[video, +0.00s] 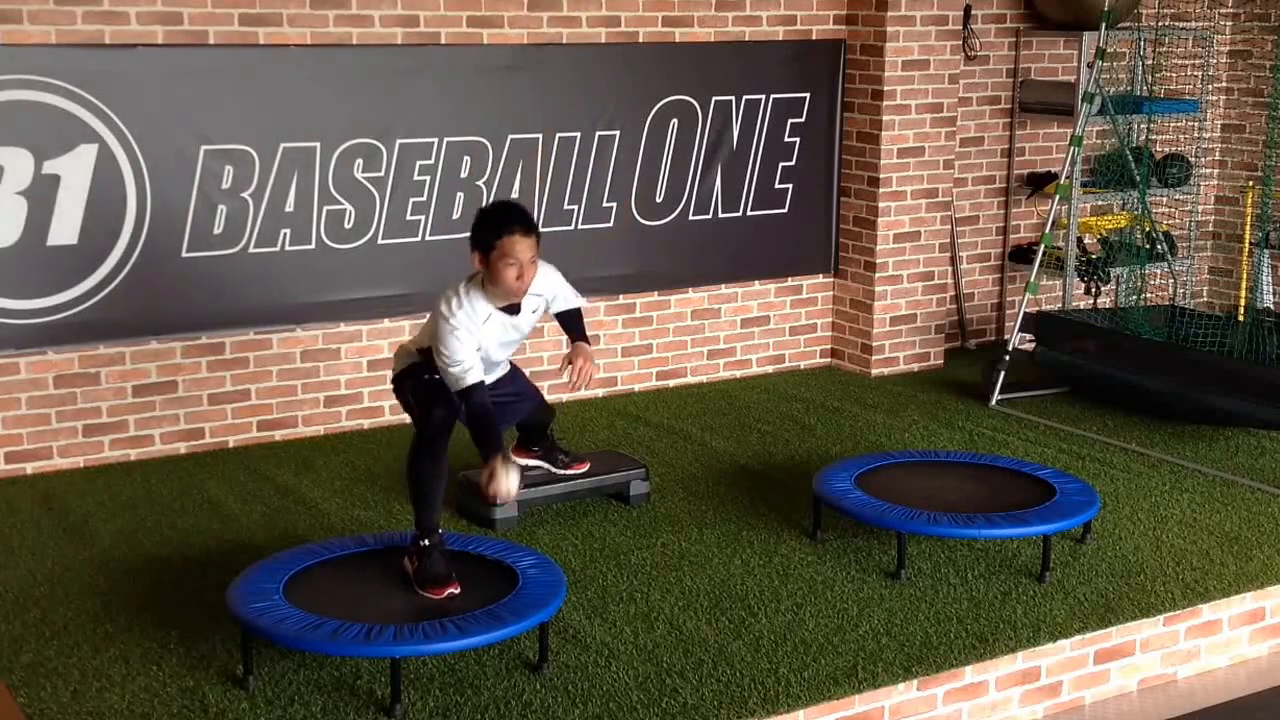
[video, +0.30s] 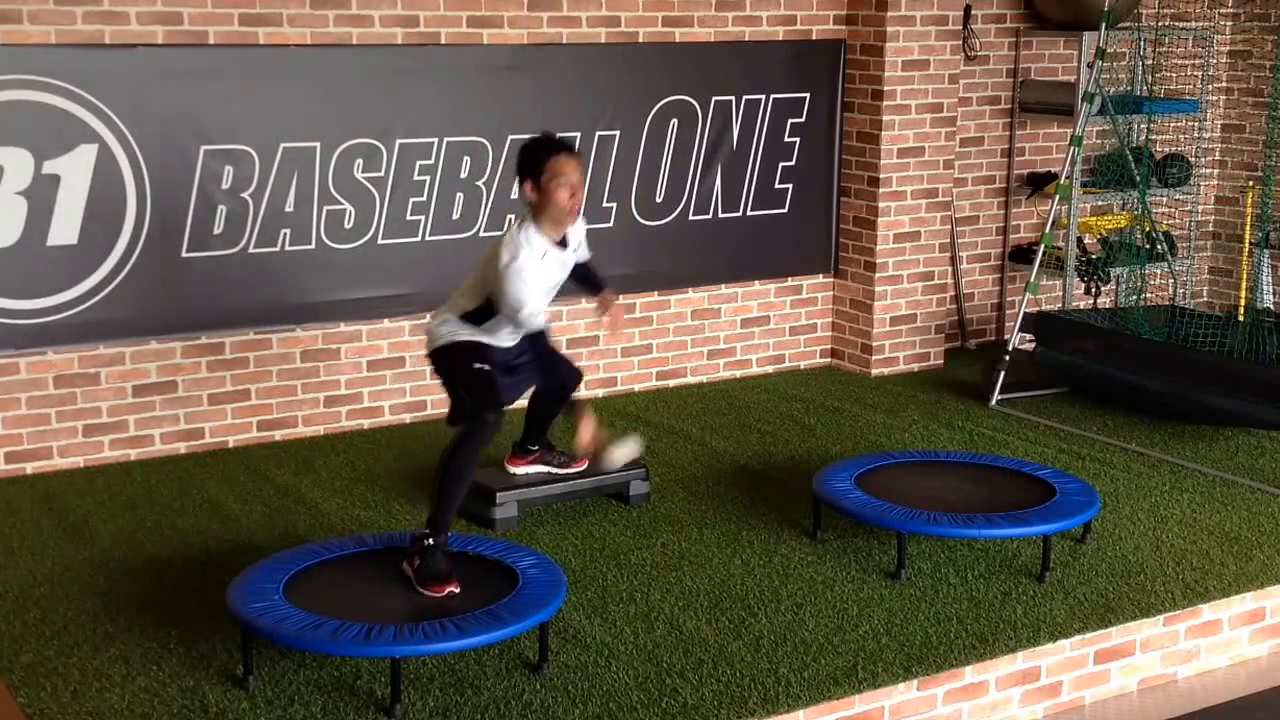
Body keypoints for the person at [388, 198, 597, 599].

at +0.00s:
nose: (525, 274)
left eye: (532, 262)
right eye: (512, 265)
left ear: (538, 256)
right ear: (480, 262)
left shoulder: (543, 279)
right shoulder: (457, 312)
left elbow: (567, 303)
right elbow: (472, 391)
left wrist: (580, 342)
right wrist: (496, 458)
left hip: (492, 366)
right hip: (428, 369)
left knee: (538, 413)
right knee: (437, 419)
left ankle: (534, 446)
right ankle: (427, 544)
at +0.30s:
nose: (577, 196)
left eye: (579, 185)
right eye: (565, 186)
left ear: (584, 188)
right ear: (531, 191)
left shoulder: (571, 228)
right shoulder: (518, 251)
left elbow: (577, 263)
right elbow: (534, 331)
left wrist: (602, 292)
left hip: (515, 332)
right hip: (460, 336)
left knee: (562, 379)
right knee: (484, 419)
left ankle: (529, 446)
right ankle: (432, 544)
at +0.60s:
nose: (643, 64)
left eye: (647, 54)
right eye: (632, 54)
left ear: (650, 58)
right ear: (600, 60)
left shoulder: (650, 110)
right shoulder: (593, 113)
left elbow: (687, 122)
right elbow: (590, 163)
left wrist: (721, 116)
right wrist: (637, 135)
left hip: (615, 267)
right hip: (570, 265)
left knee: (618, 356)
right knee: (532, 369)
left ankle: (545, 434)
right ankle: (467, 476)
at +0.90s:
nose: (756, 100)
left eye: (759, 90)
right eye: (746, 89)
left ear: (761, 94)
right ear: (713, 91)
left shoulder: (754, 146)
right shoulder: (687, 144)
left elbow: (796, 195)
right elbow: (656, 209)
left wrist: (843, 214)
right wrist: (741, 198)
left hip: (717, 272)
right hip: (655, 280)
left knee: (805, 326)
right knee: (596, 368)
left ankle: (868, 424)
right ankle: (546, 446)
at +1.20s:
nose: (899, 217)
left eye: (903, 208)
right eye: (889, 207)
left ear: (901, 212)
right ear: (855, 209)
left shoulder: (896, 259)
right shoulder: (818, 257)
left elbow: (936, 314)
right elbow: (762, 321)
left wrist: (982, 353)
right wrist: (781, 386)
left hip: (829, 340)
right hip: (768, 345)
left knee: (912, 352)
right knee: (667, 404)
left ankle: (909, 463)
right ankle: (566, 444)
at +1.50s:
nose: (964, 250)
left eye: (966, 240)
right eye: (956, 239)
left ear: (950, 243)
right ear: (919, 239)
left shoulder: (942, 280)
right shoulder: (875, 275)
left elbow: (1002, 311)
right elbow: (822, 341)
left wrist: (1071, 312)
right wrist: (850, 406)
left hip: (846, 349)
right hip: (787, 349)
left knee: (930, 346)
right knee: (687, 406)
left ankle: (909, 461)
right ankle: (571, 454)